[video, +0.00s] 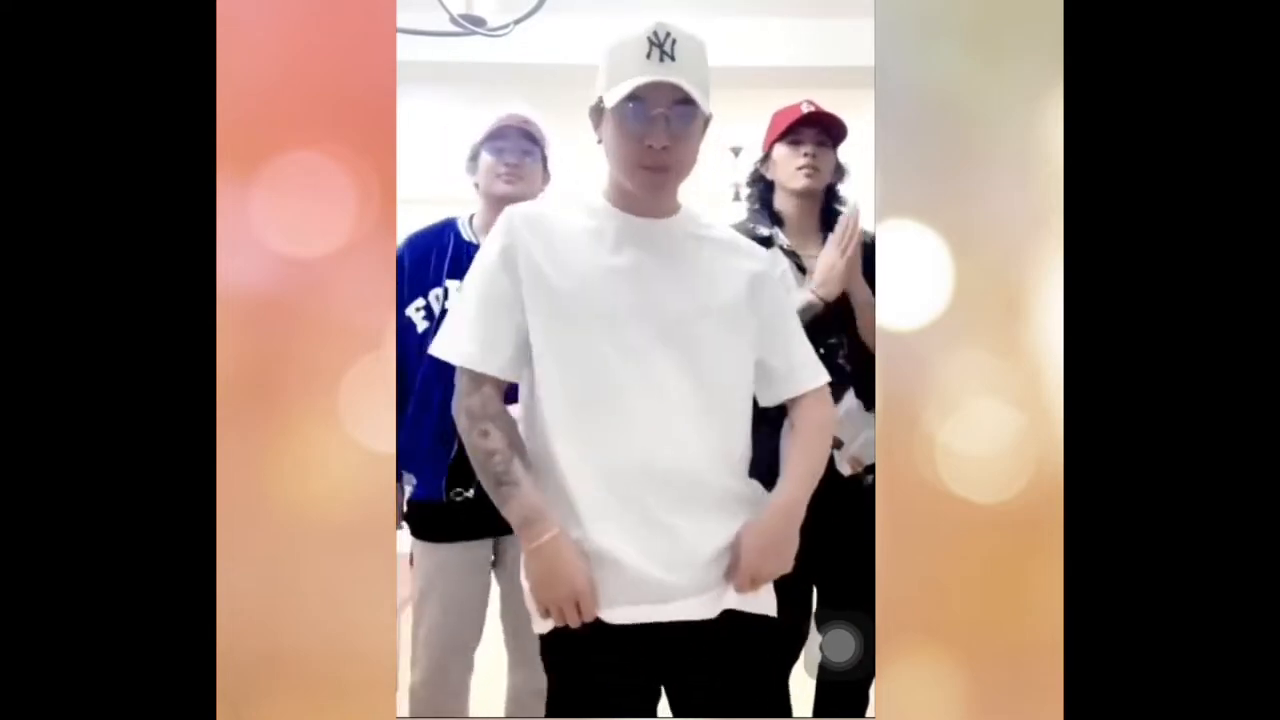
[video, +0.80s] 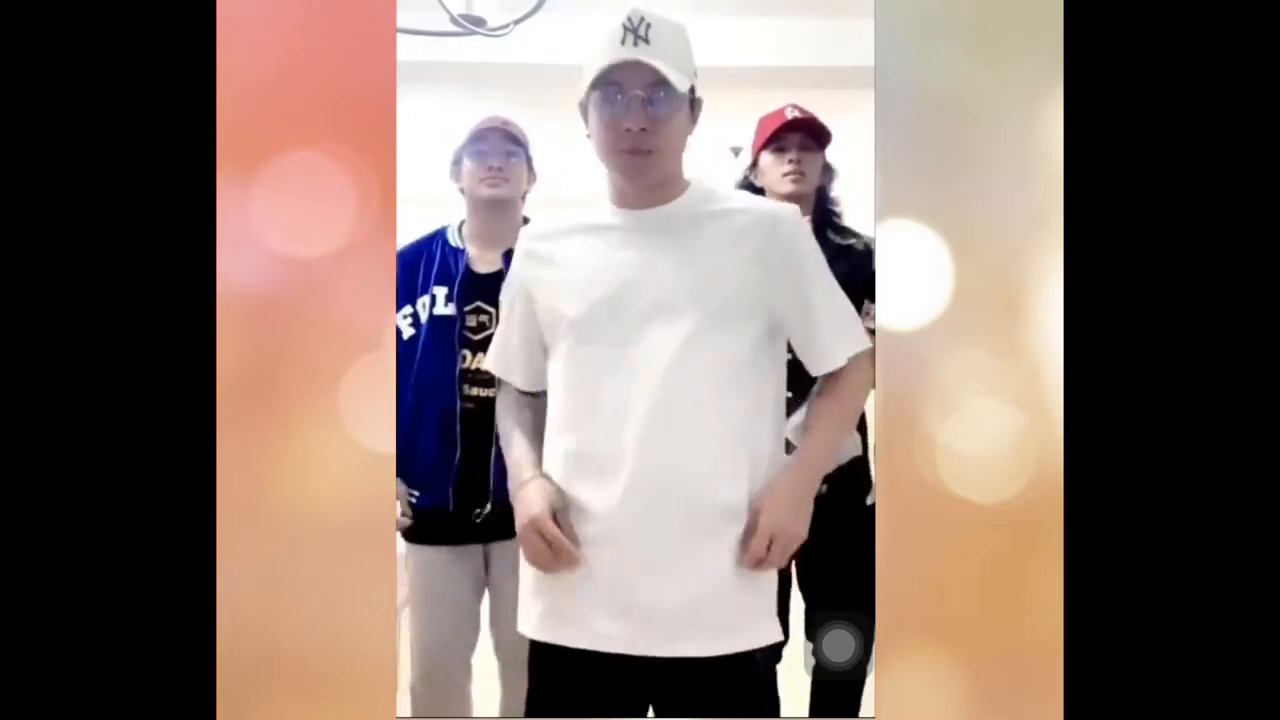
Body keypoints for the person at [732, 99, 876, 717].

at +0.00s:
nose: (811, 154)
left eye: (824, 146)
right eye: (795, 143)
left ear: (837, 165)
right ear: (767, 161)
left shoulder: (866, 245)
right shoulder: (737, 247)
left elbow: (891, 351)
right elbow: (732, 347)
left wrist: (852, 281)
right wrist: (816, 296)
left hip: (859, 464)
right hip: (774, 460)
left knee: (850, 643)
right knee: (775, 632)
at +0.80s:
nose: (795, 160)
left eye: (808, 150)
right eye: (781, 150)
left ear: (825, 167)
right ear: (754, 164)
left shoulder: (858, 254)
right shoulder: (727, 245)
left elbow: (889, 351)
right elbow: (705, 345)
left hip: (839, 466)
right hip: (748, 464)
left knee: (842, 645)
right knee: (748, 639)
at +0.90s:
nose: (798, 162)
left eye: (811, 151)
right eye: (783, 151)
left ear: (827, 166)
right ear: (757, 167)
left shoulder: (862, 256)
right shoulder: (731, 252)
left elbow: (885, 364)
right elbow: (715, 364)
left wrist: (849, 449)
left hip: (848, 469)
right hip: (751, 467)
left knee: (846, 642)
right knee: (751, 630)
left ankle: (835, 719)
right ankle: (763, 716)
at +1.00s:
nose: (800, 156)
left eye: (813, 146)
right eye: (785, 145)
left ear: (829, 161)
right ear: (759, 162)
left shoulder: (866, 248)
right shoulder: (733, 249)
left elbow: (894, 351)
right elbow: (711, 351)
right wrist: (770, 277)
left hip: (850, 460)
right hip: (755, 459)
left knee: (843, 643)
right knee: (758, 633)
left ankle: (834, 716)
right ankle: (770, 712)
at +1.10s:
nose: (806, 149)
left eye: (818, 137)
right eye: (789, 138)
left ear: (832, 150)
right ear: (763, 154)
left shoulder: (859, 235)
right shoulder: (741, 237)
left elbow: (899, 322)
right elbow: (726, 336)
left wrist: (874, 242)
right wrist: (760, 236)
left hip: (850, 452)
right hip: (761, 449)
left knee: (841, 625)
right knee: (762, 619)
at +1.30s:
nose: (814, 151)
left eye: (826, 140)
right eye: (798, 139)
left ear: (839, 156)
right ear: (768, 152)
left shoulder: (869, 244)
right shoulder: (742, 246)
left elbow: (894, 340)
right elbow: (722, 351)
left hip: (846, 473)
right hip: (754, 466)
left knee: (840, 633)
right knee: (748, 622)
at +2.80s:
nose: (820, 182)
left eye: (837, 169)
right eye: (811, 169)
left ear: (868, 180)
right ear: (801, 178)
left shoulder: (895, 261)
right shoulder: (781, 258)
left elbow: (905, 361)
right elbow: (764, 359)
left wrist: (869, 439)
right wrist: (799, 443)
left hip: (867, 477)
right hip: (786, 473)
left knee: (859, 641)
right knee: (774, 635)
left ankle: (854, 712)